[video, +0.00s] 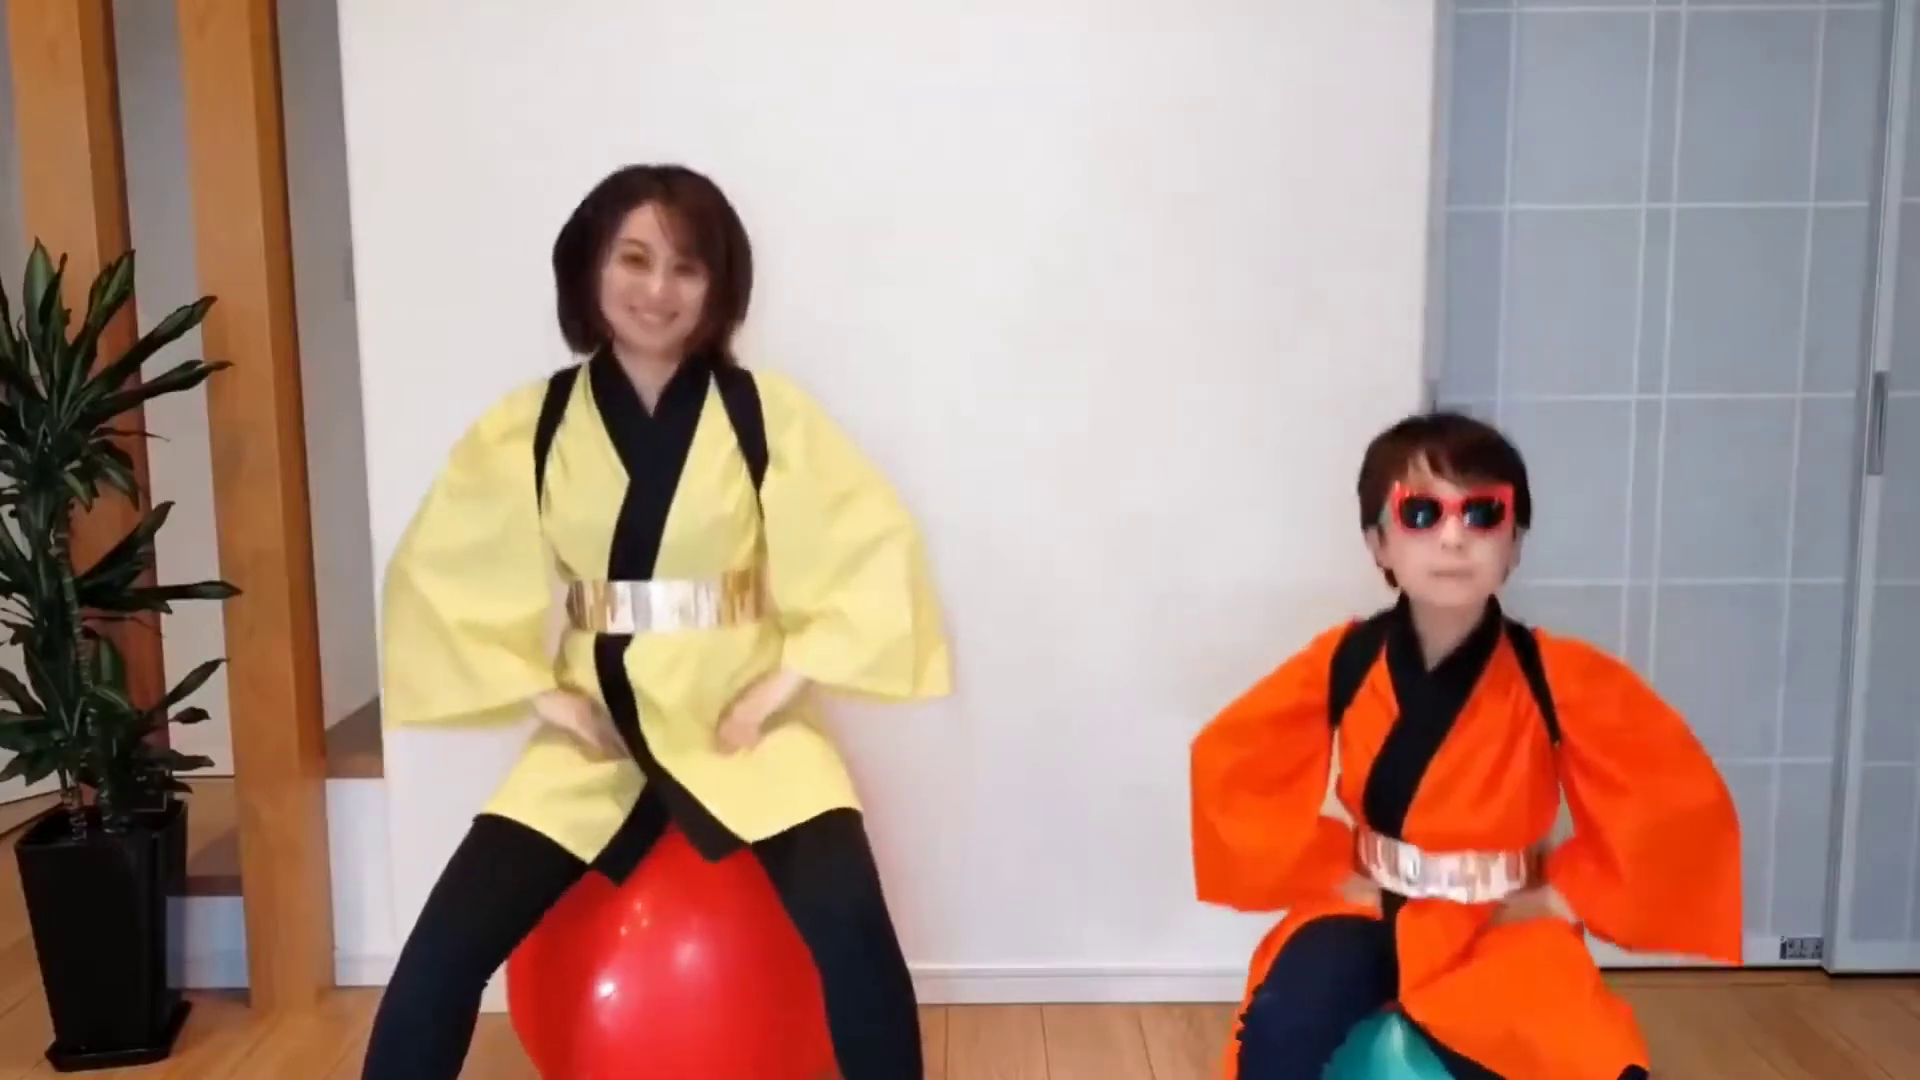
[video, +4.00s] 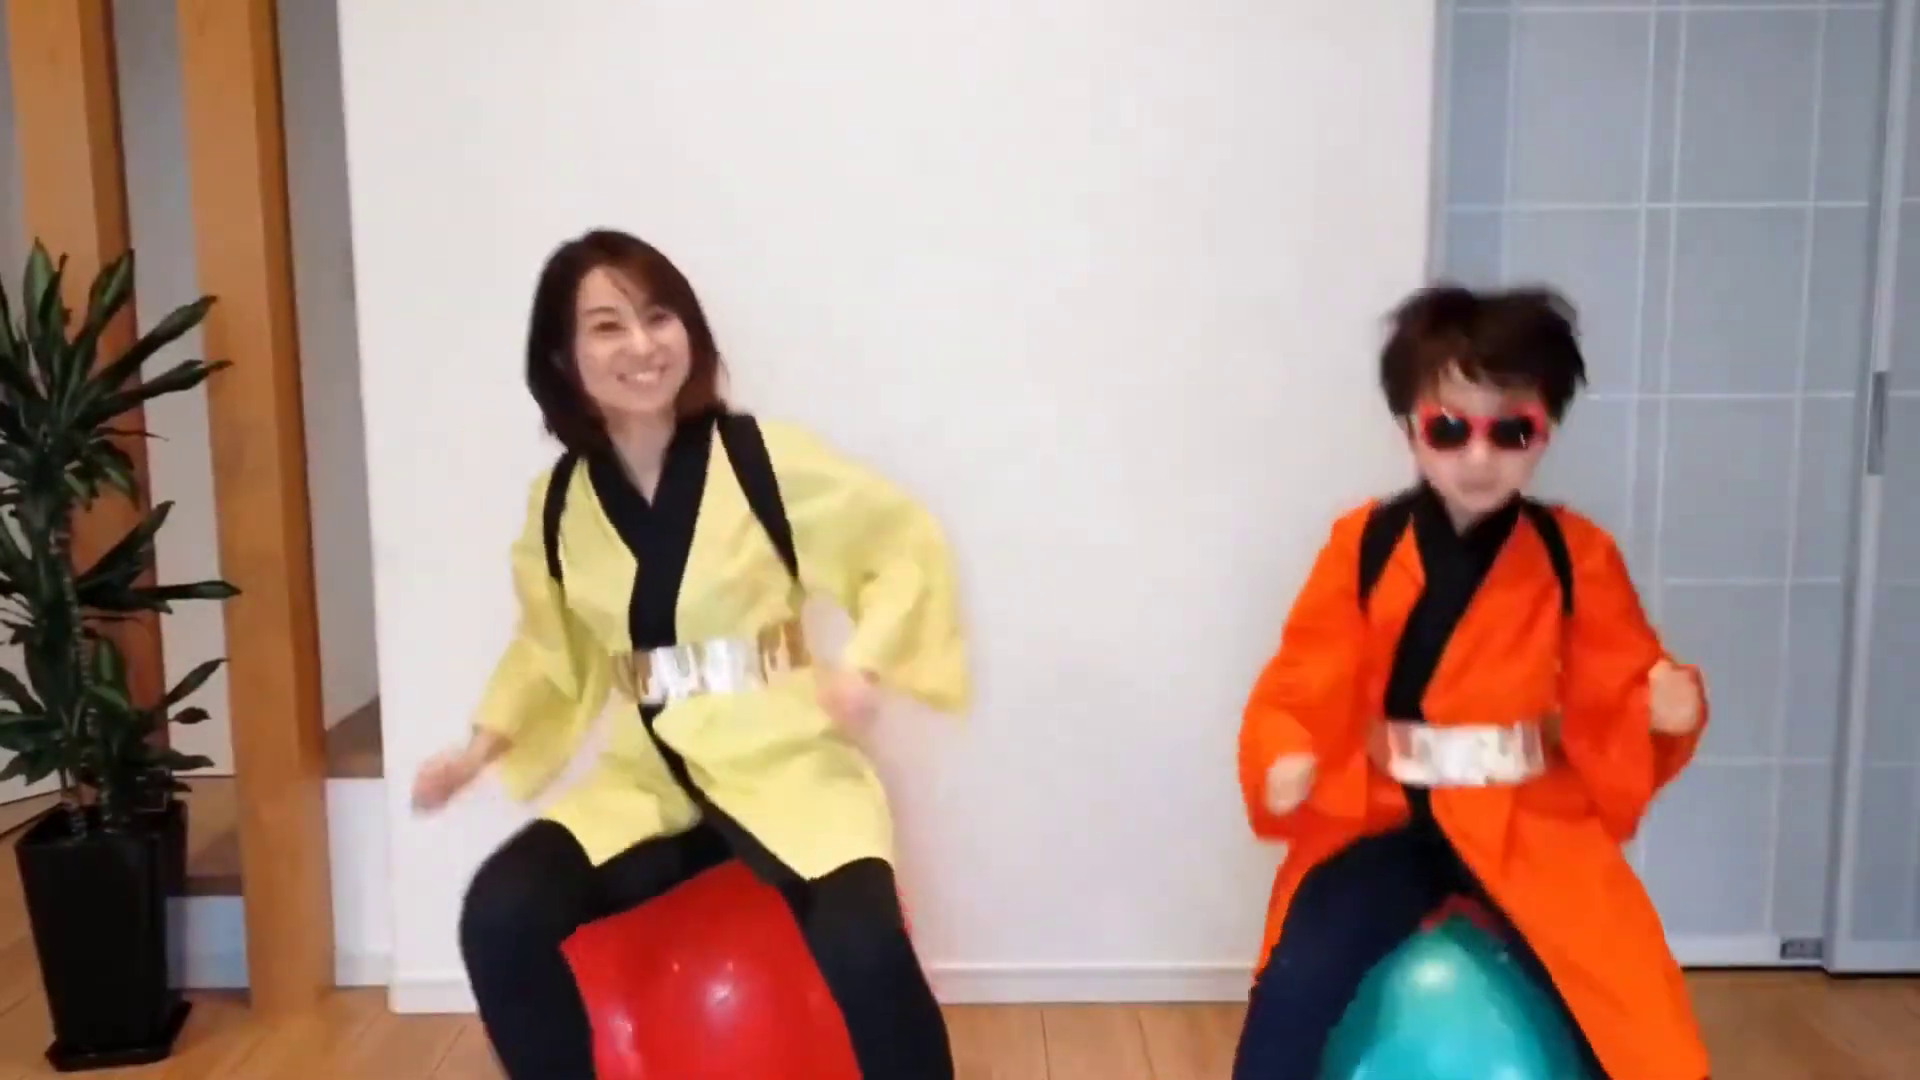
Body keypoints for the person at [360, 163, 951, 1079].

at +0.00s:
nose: (657, 288)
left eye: (686, 267)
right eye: (633, 259)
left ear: (718, 287)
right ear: (590, 272)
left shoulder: (766, 414)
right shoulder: (530, 425)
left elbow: (879, 553)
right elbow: (433, 572)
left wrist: (787, 679)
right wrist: (537, 689)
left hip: (755, 730)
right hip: (588, 739)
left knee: (855, 932)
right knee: (440, 955)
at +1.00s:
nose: (708, 306)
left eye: (736, 285)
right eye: (684, 277)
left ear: (766, 312)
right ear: (639, 289)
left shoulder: (783, 446)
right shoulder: (564, 411)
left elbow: (870, 580)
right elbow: (441, 474)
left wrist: (812, 600)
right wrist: (421, 507)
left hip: (734, 732)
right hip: (581, 736)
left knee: (846, 907)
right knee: (425, 937)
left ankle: (900, 1074)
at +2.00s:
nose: (620, 361)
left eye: (635, 332)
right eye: (586, 344)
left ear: (669, 340)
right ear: (545, 372)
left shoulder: (746, 453)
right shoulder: (541, 505)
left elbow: (894, 536)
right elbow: (567, 643)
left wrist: (899, 669)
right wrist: (533, 734)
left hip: (775, 767)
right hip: (631, 783)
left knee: (871, 955)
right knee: (484, 905)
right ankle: (513, 1078)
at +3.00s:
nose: (738, 345)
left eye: (774, 331)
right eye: (723, 313)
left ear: (803, 365)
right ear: (683, 320)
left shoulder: (802, 497)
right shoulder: (585, 443)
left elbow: (837, 626)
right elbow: (461, 538)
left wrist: (843, 714)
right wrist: (417, 630)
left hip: (737, 769)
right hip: (585, 770)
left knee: (837, 899)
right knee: (405, 947)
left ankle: (852, 1069)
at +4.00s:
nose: (643, 345)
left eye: (658, 316)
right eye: (608, 328)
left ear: (689, 330)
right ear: (567, 361)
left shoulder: (761, 457)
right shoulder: (559, 499)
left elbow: (905, 543)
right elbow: (552, 650)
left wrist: (863, 670)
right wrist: (480, 747)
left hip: (787, 771)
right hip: (652, 784)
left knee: (866, 950)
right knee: (499, 914)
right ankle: (560, 1076)